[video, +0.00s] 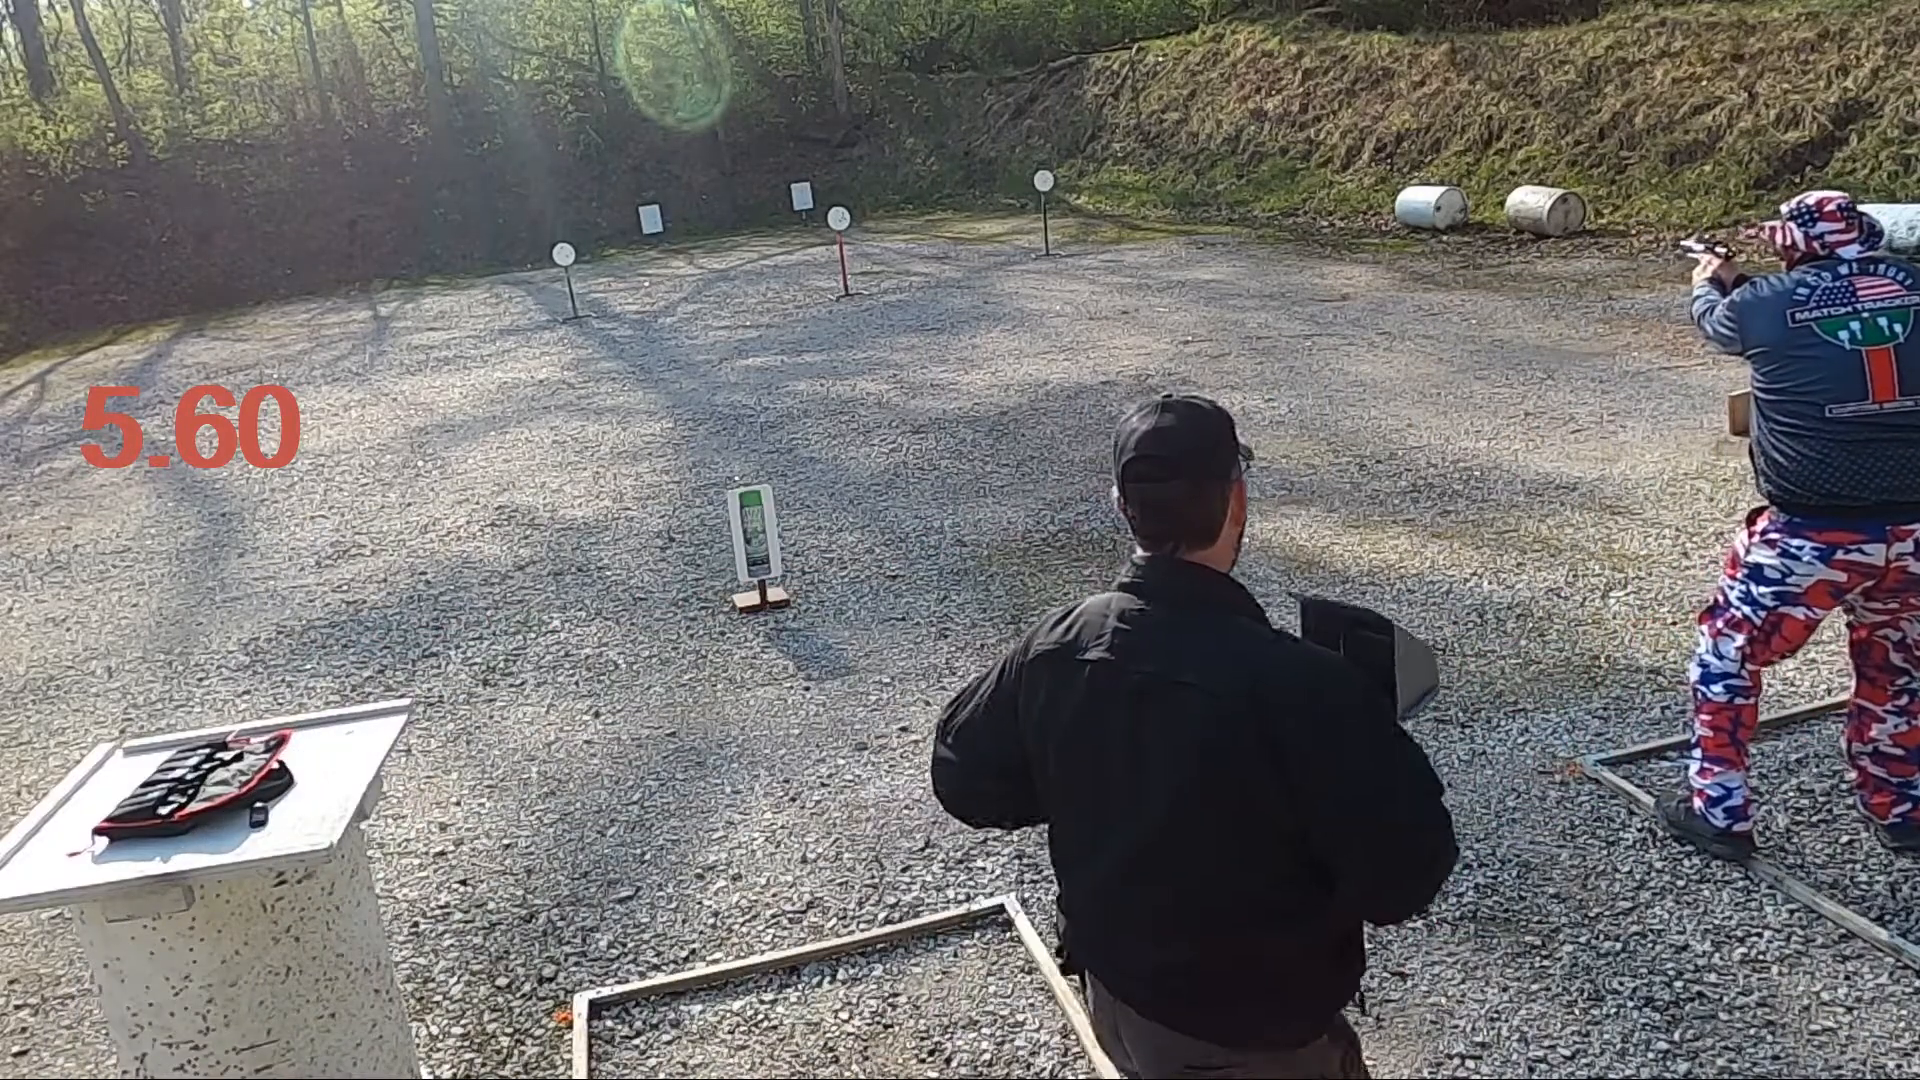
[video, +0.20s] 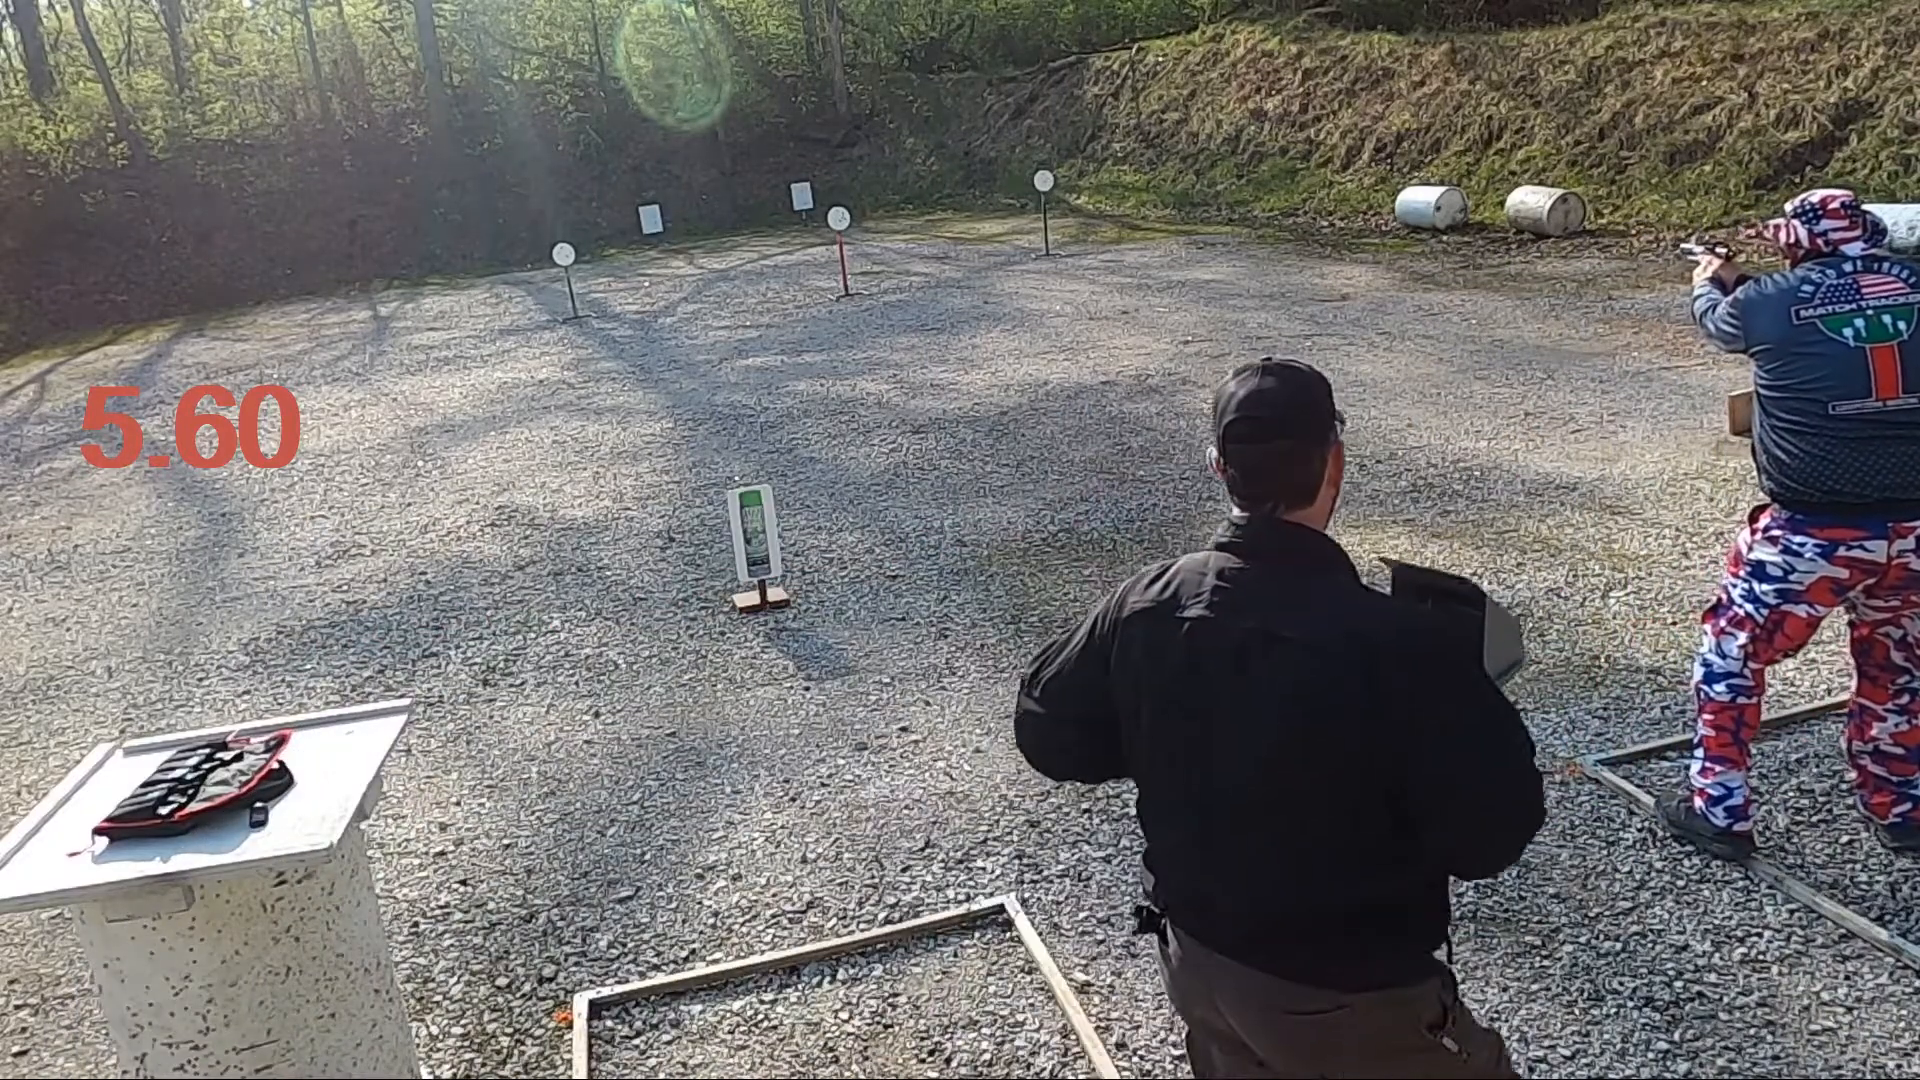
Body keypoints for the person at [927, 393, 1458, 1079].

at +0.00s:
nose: (1245, 497)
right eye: (1244, 481)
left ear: (1122, 507)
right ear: (1237, 501)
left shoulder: (1055, 654)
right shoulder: (1309, 687)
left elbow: (963, 781)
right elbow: (1410, 876)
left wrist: (1093, 768)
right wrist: (1360, 714)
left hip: (1117, 1009)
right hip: (1268, 1038)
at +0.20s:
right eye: (1340, 444)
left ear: (1220, 470)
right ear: (1335, 464)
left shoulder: (1146, 608)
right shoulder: (1403, 641)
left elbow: (1047, 734)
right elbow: (1495, 831)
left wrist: (1174, 722)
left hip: (1200, 972)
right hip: (1353, 1006)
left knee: (1228, 1063)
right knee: (1482, 1064)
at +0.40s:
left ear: (1329, 459)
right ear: (1450, 456)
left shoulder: (1257, 596)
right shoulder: (1522, 613)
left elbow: (1145, 731)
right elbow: (1610, 811)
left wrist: (1272, 702)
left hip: (1299, 960)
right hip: (1467, 985)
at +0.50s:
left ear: (1389, 448)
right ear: (1511, 440)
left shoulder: (1313, 589)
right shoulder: (1575, 600)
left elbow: (1206, 729)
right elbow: (1677, 785)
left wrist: (1328, 701)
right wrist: (1568, 751)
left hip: (1359, 955)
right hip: (1531, 972)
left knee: (1365, 1066)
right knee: (1594, 1066)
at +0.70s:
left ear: (1470, 421)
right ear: (1591, 410)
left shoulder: (1395, 566)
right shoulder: (1683, 574)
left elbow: (1287, 707)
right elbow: (1767, 747)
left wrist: (1406, 668)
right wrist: (1657, 700)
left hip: (1439, 913)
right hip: (1609, 935)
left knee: (1466, 1052)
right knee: (1623, 1066)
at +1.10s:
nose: (1510, 407)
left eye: (1513, 395)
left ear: (1522, 412)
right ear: (1633, 400)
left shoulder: (1454, 552)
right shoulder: (1729, 549)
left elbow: (1359, 698)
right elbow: (1802, 710)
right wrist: (1701, 673)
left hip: (1524, 899)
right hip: (1687, 899)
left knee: (1574, 1070)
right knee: (1710, 1067)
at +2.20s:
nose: (1611, 384)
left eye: (1613, 373)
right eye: (1616, 369)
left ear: (1626, 392)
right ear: (1734, 380)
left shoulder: (1576, 537)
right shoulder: (1837, 524)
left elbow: (1480, 701)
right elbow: (1890, 674)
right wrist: (1789, 656)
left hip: (1622, 867)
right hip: (1782, 870)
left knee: (1623, 1066)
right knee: (1782, 1068)